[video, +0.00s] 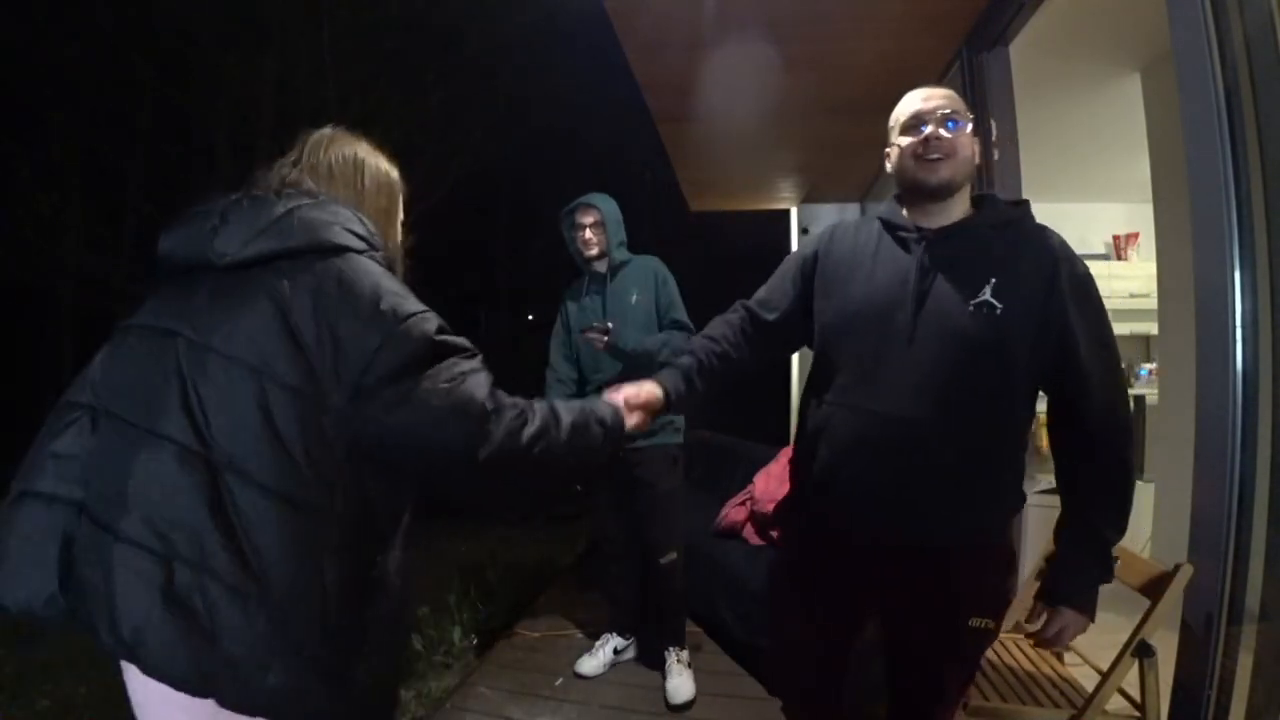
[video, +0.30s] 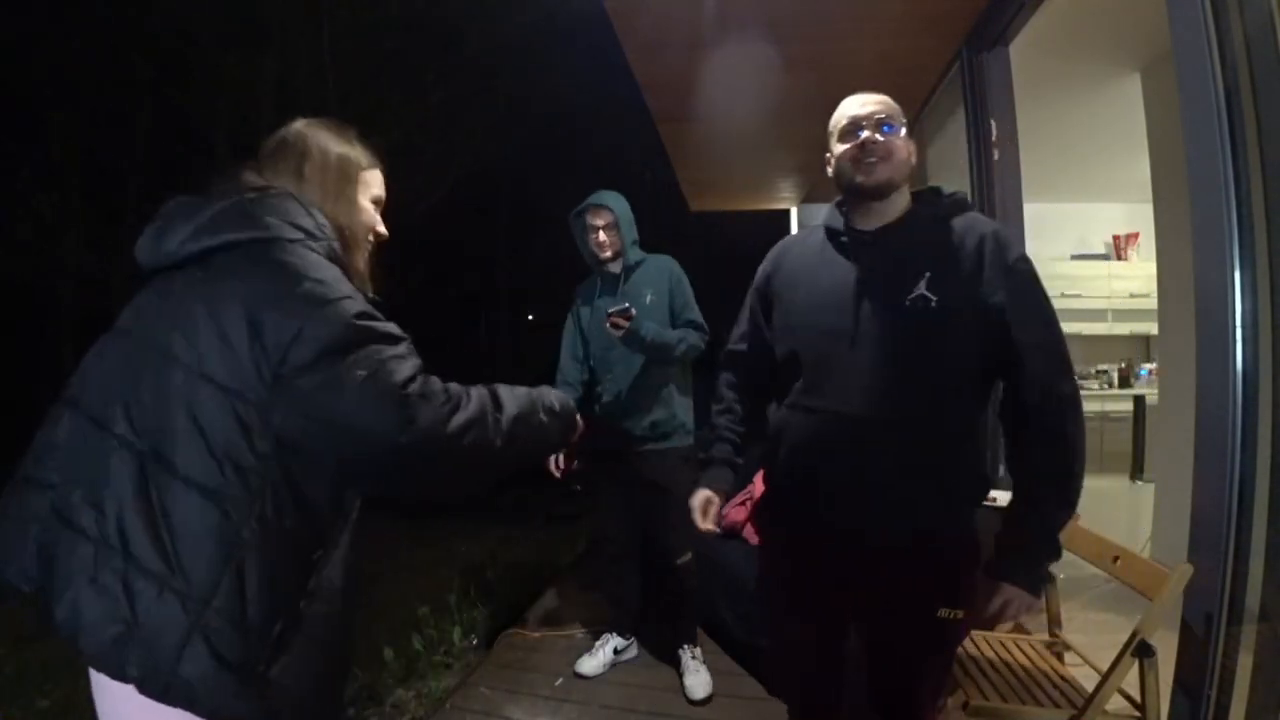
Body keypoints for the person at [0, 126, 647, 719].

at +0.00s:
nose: (397, 235)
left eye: (397, 220)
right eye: (393, 218)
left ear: (288, 187)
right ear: (367, 208)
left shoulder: (205, 270)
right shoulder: (348, 285)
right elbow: (474, 428)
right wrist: (606, 419)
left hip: (145, 608)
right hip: (251, 638)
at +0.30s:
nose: (382, 223)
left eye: (382, 206)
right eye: (374, 202)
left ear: (301, 190)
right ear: (329, 194)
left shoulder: (204, 261)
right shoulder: (294, 281)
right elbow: (405, 421)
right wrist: (549, 417)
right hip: (194, 635)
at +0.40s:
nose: (366, 216)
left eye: (364, 196)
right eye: (355, 191)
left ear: (294, 187)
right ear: (303, 185)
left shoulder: (195, 257)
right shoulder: (257, 271)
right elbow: (362, 429)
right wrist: (532, 436)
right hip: (175, 635)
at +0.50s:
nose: (346, 202)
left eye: (345, 182)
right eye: (331, 176)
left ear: (273, 176)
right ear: (274, 171)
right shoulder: (211, 261)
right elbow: (294, 449)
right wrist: (482, 483)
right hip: (162, 664)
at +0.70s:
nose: (290, 179)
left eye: (291, 160)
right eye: (265, 150)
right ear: (188, 143)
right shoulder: (87, 254)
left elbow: (222, 489)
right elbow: (105, 512)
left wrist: (244, 653)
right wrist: (350, 594)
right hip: (93, 684)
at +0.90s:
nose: (220, 146)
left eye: (229, 129)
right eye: (185, 116)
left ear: (238, 146)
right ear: (98, 117)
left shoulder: (202, 287)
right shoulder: (21, 275)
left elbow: (223, 489)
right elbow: (16, 540)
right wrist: (262, 598)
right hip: (54, 682)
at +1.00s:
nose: (205, 136)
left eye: (212, 118)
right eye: (170, 106)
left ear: (221, 136)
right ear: (77, 115)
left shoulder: (214, 294)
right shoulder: (22, 286)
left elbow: (233, 485)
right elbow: (18, 543)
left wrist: (275, 574)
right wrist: (248, 586)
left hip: (235, 691)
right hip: (94, 694)